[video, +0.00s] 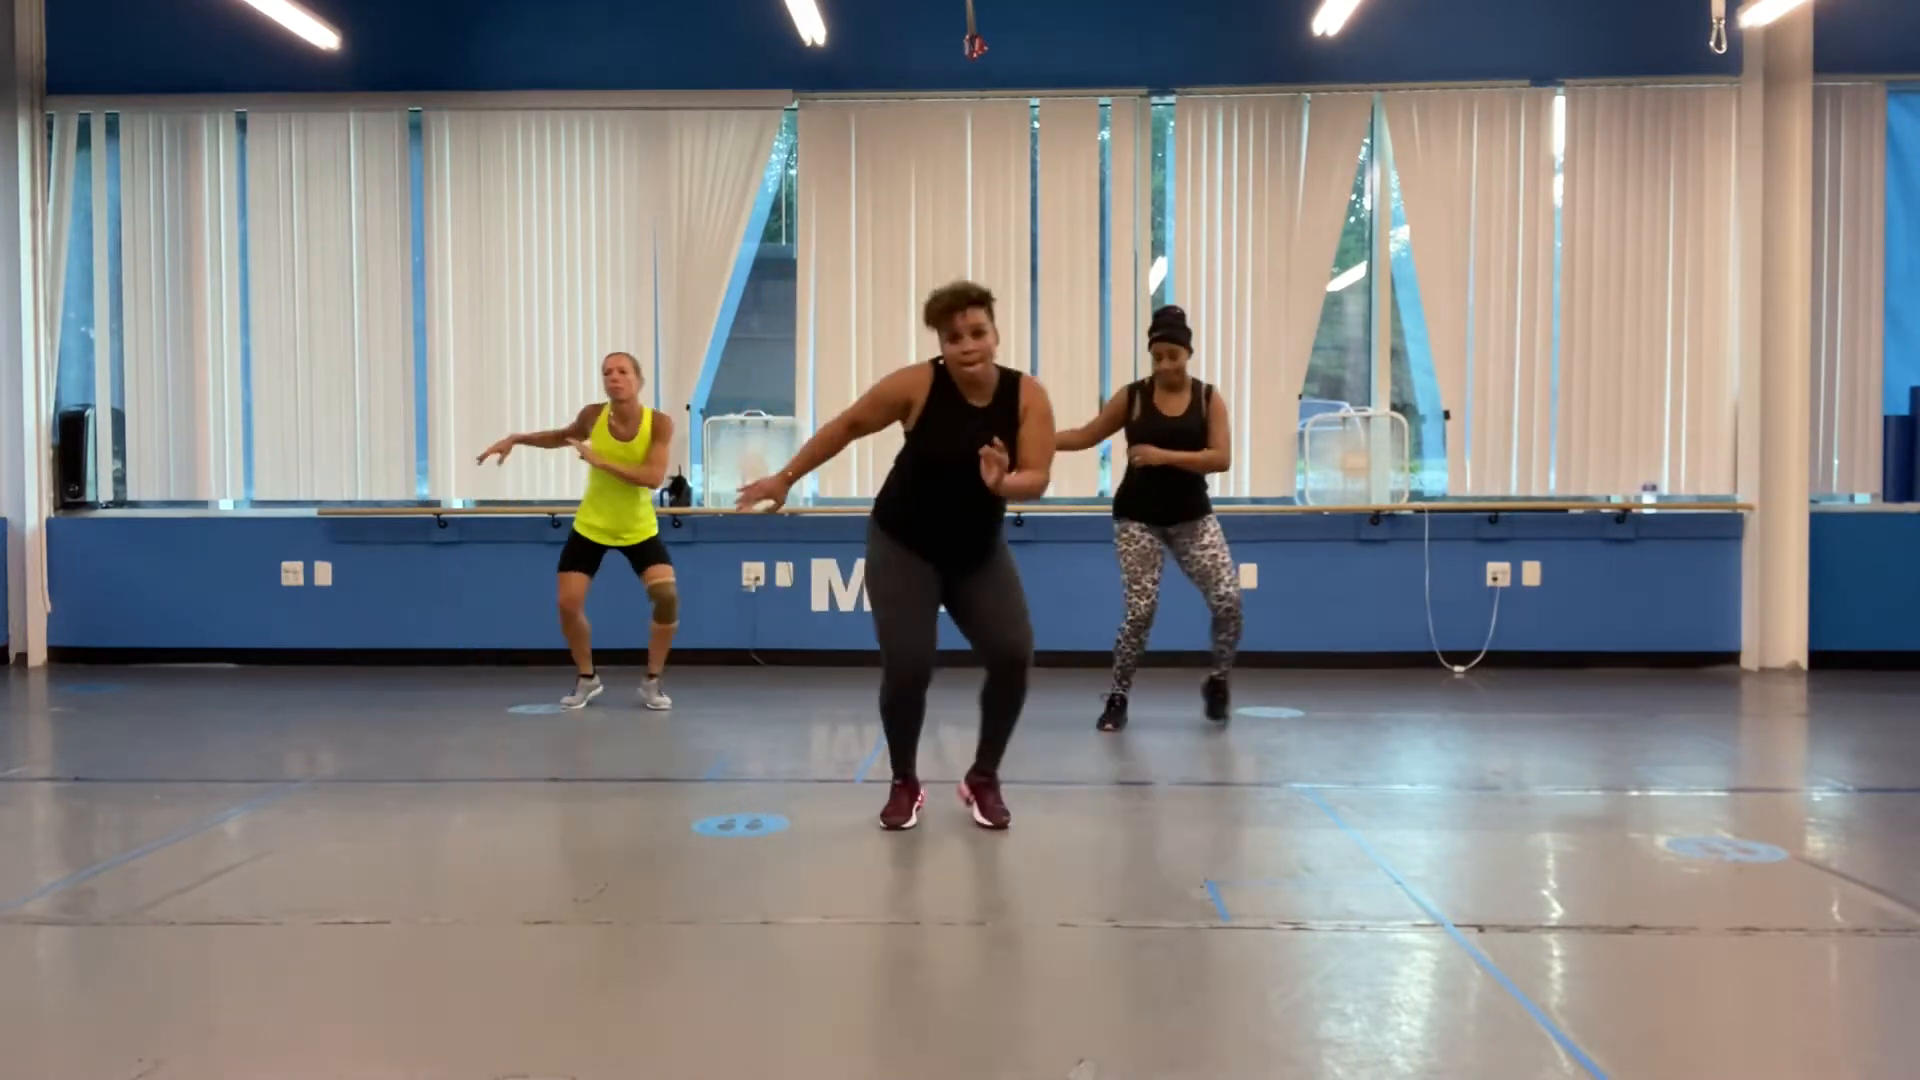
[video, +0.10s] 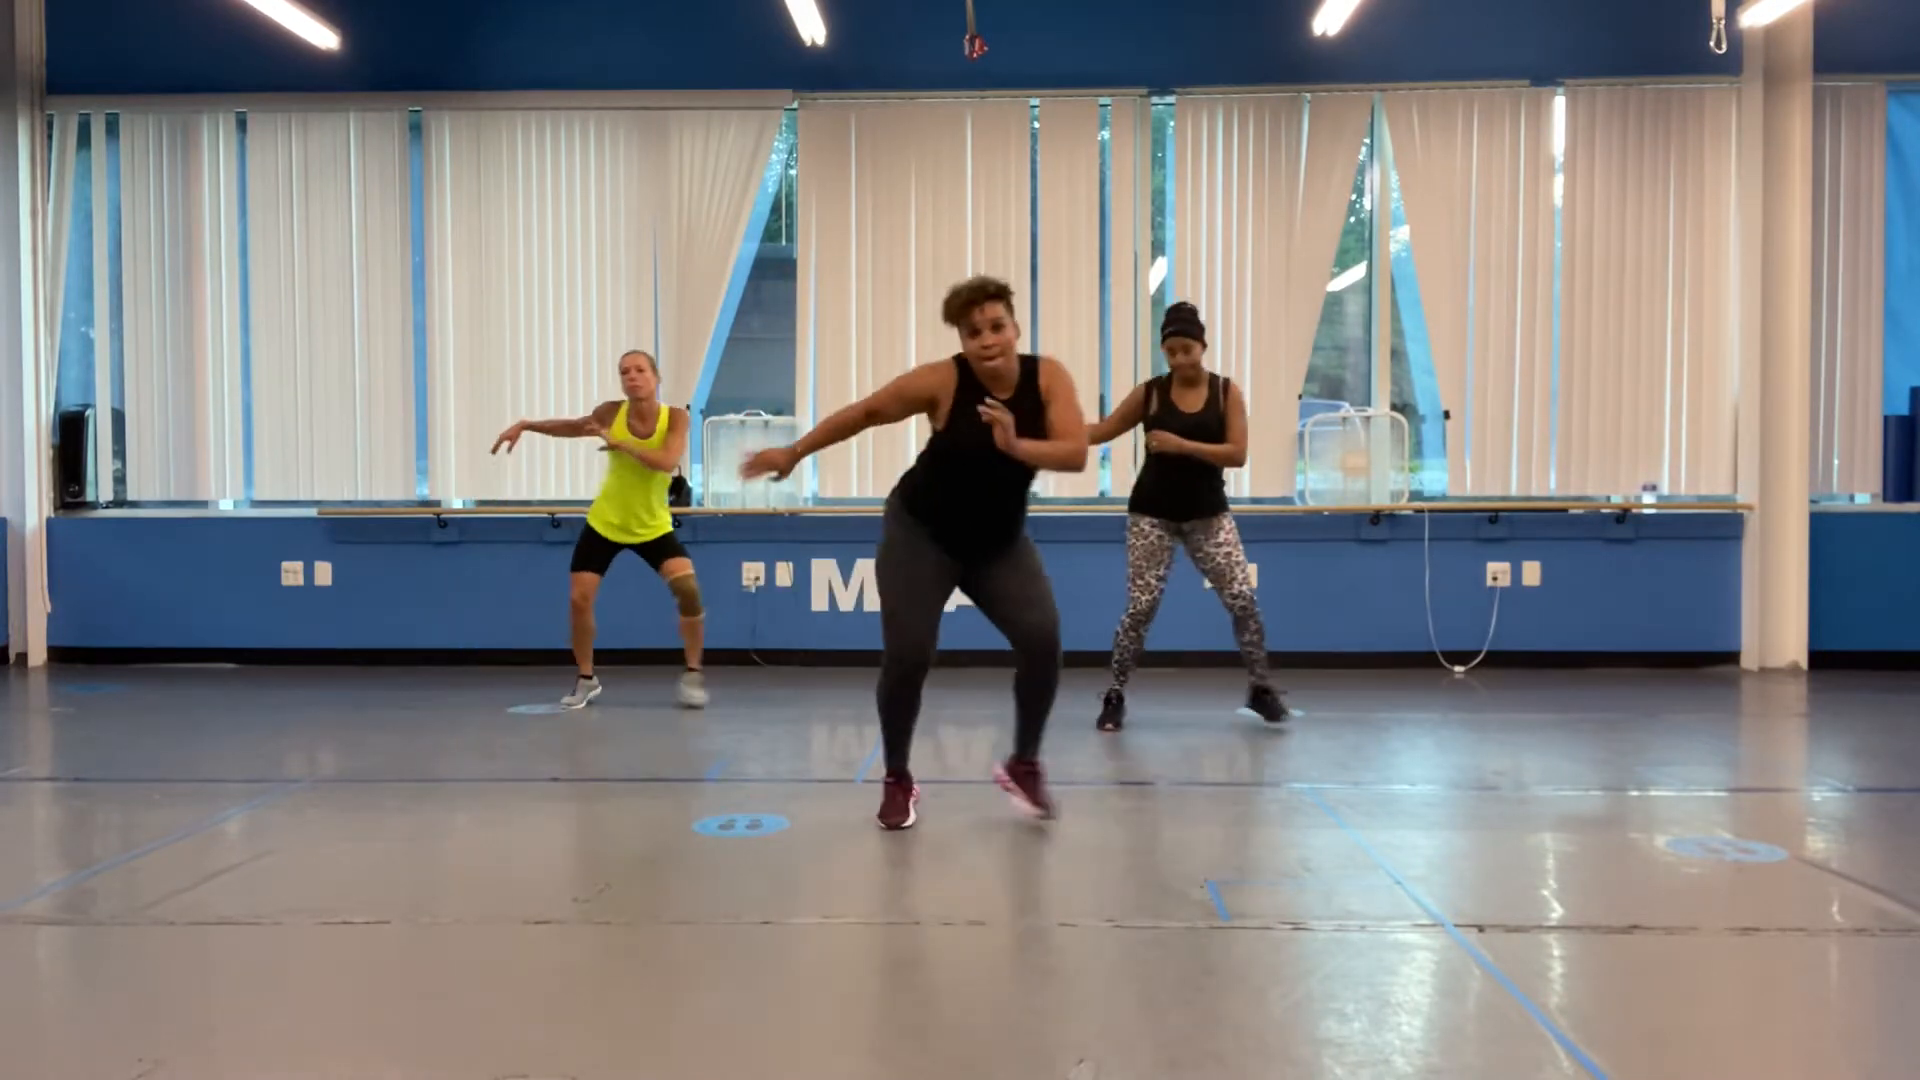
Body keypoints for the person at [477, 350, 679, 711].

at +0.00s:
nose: (614, 378)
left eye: (622, 372)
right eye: (608, 374)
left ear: (638, 380)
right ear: (603, 383)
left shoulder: (659, 422)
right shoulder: (592, 415)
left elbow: (654, 478)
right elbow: (565, 437)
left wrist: (599, 461)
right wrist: (515, 439)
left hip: (638, 524)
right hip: (593, 522)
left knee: (666, 594)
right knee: (568, 603)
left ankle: (652, 683)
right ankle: (588, 679)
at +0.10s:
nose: (632, 377)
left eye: (639, 371)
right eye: (626, 373)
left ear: (656, 377)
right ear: (621, 382)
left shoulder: (676, 417)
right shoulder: (611, 412)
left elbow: (668, 462)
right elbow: (575, 427)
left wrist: (620, 444)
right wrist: (524, 425)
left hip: (652, 522)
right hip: (606, 520)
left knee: (688, 589)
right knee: (579, 598)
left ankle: (693, 675)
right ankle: (586, 679)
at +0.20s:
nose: (649, 377)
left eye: (656, 370)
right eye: (642, 373)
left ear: (673, 377)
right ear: (637, 383)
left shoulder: (694, 414)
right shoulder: (632, 416)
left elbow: (693, 449)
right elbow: (598, 436)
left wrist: (646, 439)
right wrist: (543, 430)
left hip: (675, 524)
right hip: (628, 521)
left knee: (707, 597)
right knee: (592, 596)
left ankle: (731, 684)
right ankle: (578, 675)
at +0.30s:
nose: (662, 385)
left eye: (669, 378)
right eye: (655, 381)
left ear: (686, 386)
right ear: (649, 391)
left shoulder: (710, 423)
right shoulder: (643, 432)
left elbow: (717, 464)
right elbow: (618, 473)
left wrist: (666, 455)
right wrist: (567, 464)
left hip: (697, 532)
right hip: (649, 532)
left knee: (734, 598)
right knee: (614, 608)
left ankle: (737, 687)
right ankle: (598, 665)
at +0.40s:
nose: (663, 384)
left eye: (670, 378)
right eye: (656, 380)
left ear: (688, 386)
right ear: (652, 391)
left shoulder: (713, 428)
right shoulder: (645, 437)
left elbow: (736, 484)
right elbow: (644, 490)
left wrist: (692, 491)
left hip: (705, 532)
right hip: (659, 533)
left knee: (739, 599)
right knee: (627, 607)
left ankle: (738, 686)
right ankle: (634, 674)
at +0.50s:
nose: (656, 379)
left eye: (664, 373)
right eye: (650, 374)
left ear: (680, 383)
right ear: (644, 385)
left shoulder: (703, 423)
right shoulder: (634, 431)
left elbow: (729, 466)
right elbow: (642, 485)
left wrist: (737, 496)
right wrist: (630, 526)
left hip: (707, 527)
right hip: (661, 529)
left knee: (732, 600)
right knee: (622, 595)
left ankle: (742, 684)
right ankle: (621, 672)